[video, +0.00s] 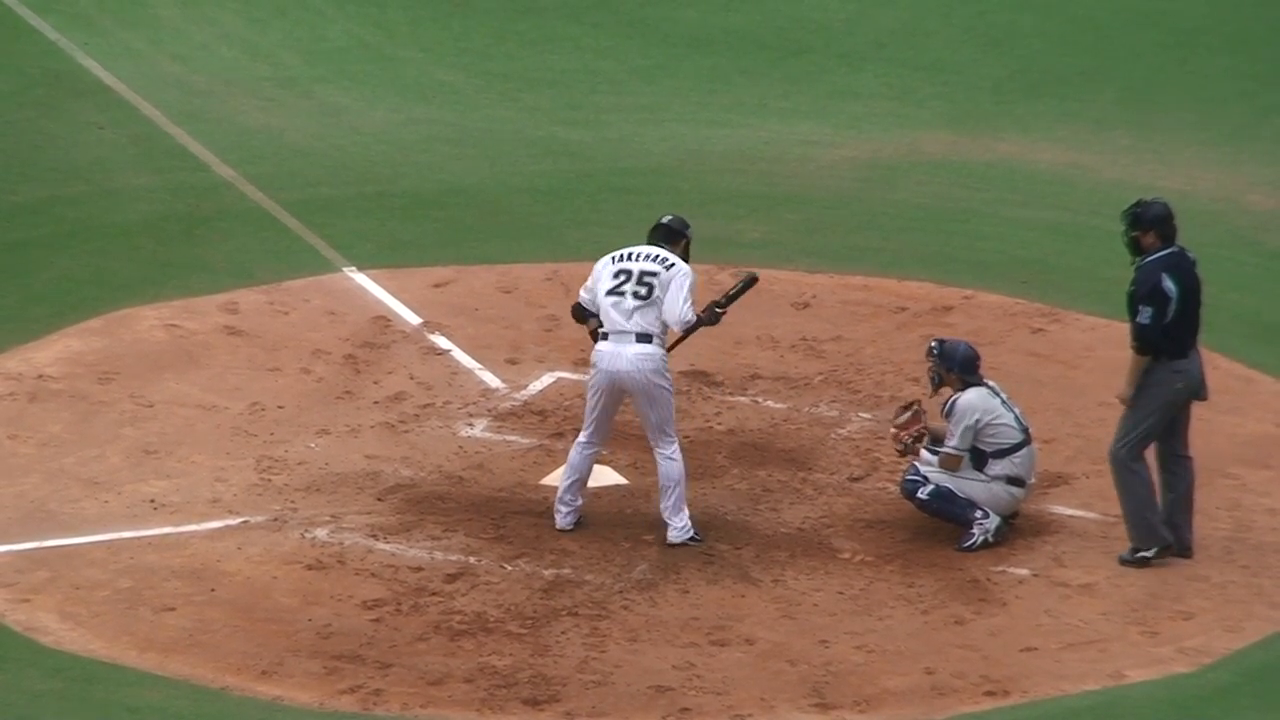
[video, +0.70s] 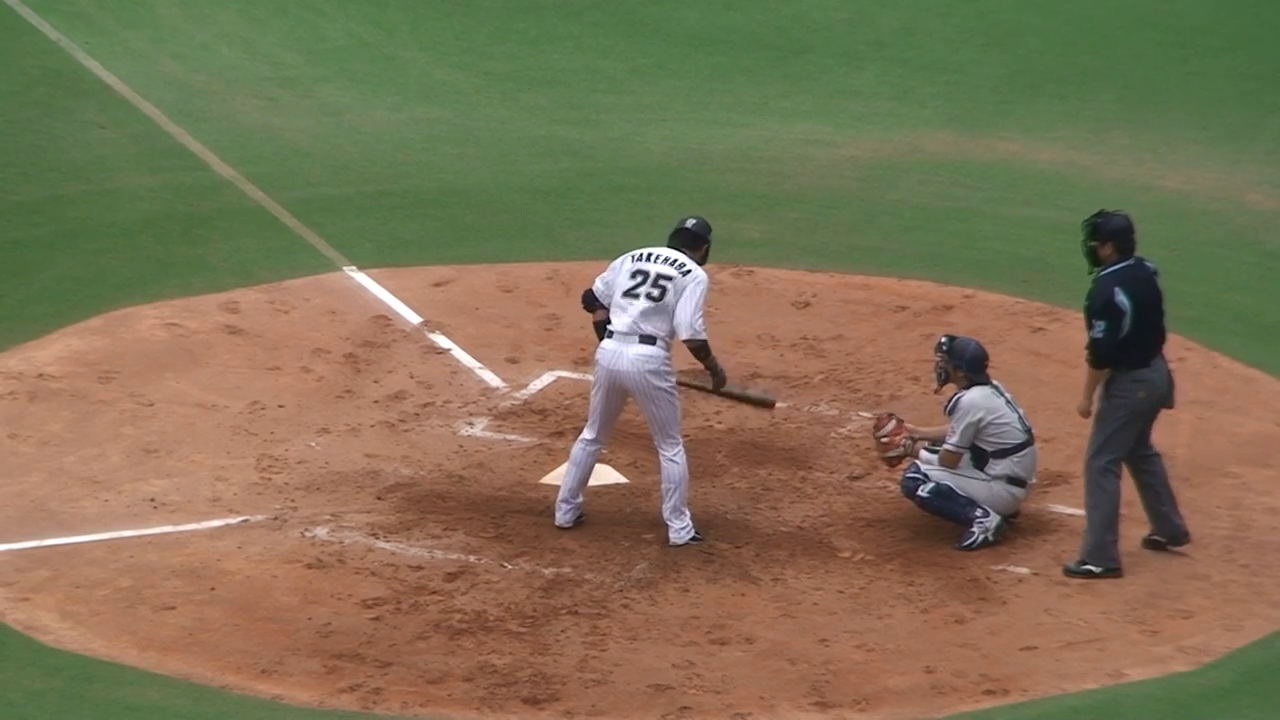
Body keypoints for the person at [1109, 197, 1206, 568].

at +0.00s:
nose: (1131, 237)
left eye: (1135, 232)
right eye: (1133, 230)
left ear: (1148, 236)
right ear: (1166, 232)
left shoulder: (1152, 272)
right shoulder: (1183, 261)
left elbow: (1144, 341)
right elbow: (1185, 323)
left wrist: (1129, 385)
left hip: (1163, 373)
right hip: (1186, 369)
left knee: (1124, 451)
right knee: (1174, 453)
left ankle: (1149, 540)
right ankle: (1177, 536)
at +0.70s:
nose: (1091, 247)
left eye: (1096, 242)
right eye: (1092, 241)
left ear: (1109, 247)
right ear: (1124, 245)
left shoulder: (1105, 288)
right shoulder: (1145, 272)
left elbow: (1100, 352)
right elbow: (1151, 330)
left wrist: (1087, 396)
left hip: (1128, 383)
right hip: (1156, 375)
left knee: (1101, 463)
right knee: (1139, 450)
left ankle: (1100, 556)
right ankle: (1170, 528)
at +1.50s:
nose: (1088, 239)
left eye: (1093, 234)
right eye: (1089, 233)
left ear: (1107, 239)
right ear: (1119, 236)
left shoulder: (1110, 277)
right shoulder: (1137, 261)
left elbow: (1107, 345)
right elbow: (1144, 322)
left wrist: (1095, 390)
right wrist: (1149, 364)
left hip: (1125, 372)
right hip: (1145, 364)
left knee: (1103, 455)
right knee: (1127, 437)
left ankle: (1104, 554)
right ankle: (1140, 513)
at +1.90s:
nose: (1088, 239)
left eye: (1092, 234)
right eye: (1090, 232)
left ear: (1106, 239)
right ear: (1120, 236)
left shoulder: (1105, 277)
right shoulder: (1138, 265)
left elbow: (1098, 344)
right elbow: (1140, 325)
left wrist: (1083, 389)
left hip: (1116, 374)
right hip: (1140, 365)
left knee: (1107, 459)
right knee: (1134, 441)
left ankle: (1107, 555)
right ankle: (1146, 512)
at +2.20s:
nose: (1087, 237)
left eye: (1092, 232)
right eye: (1090, 230)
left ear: (1105, 238)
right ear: (1120, 235)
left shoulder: (1103, 277)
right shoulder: (1139, 263)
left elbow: (1099, 343)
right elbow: (1140, 323)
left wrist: (1088, 388)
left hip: (1117, 373)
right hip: (1142, 365)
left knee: (1103, 458)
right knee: (1135, 443)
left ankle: (1103, 554)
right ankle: (1144, 512)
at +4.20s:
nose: (1090, 242)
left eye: (1095, 237)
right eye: (1092, 235)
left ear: (1107, 243)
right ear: (1123, 239)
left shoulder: (1105, 282)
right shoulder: (1142, 266)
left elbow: (1101, 349)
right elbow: (1143, 326)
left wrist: (1091, 391)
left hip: (1120, 377)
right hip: (1144, 368)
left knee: (1109, 461)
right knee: (1137, 447)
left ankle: (1105, 557)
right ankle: (1147, 516)